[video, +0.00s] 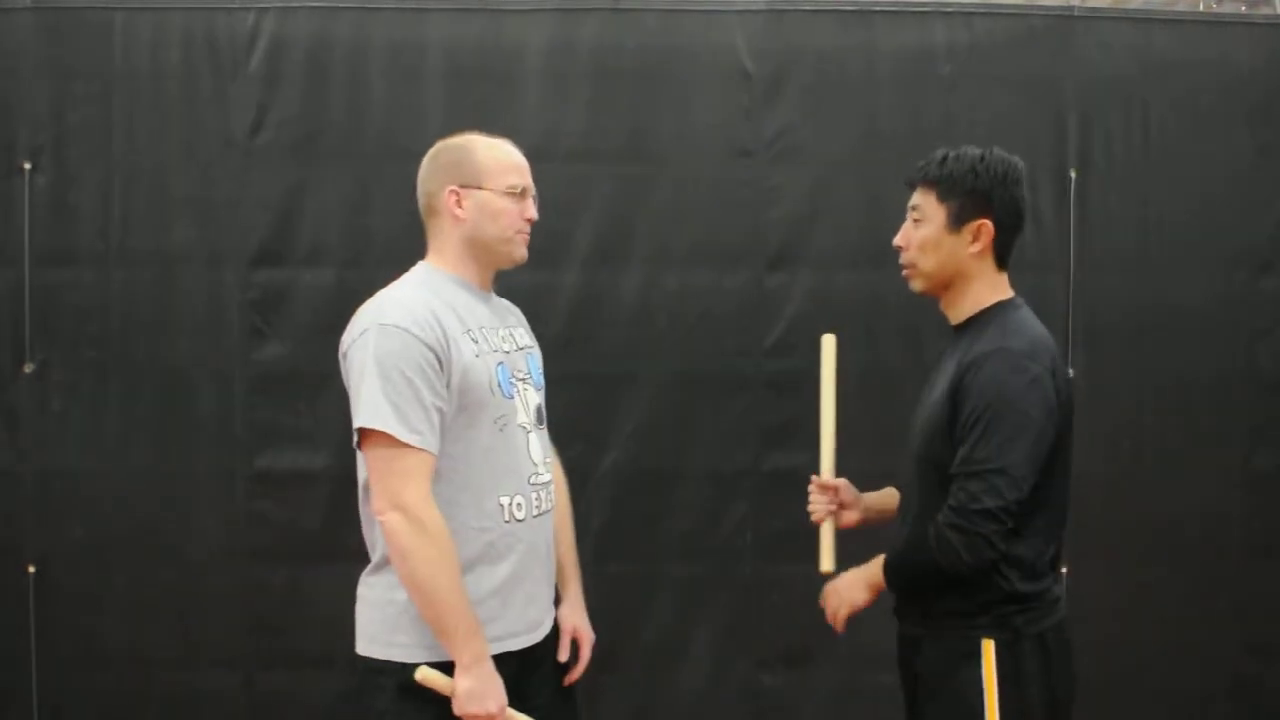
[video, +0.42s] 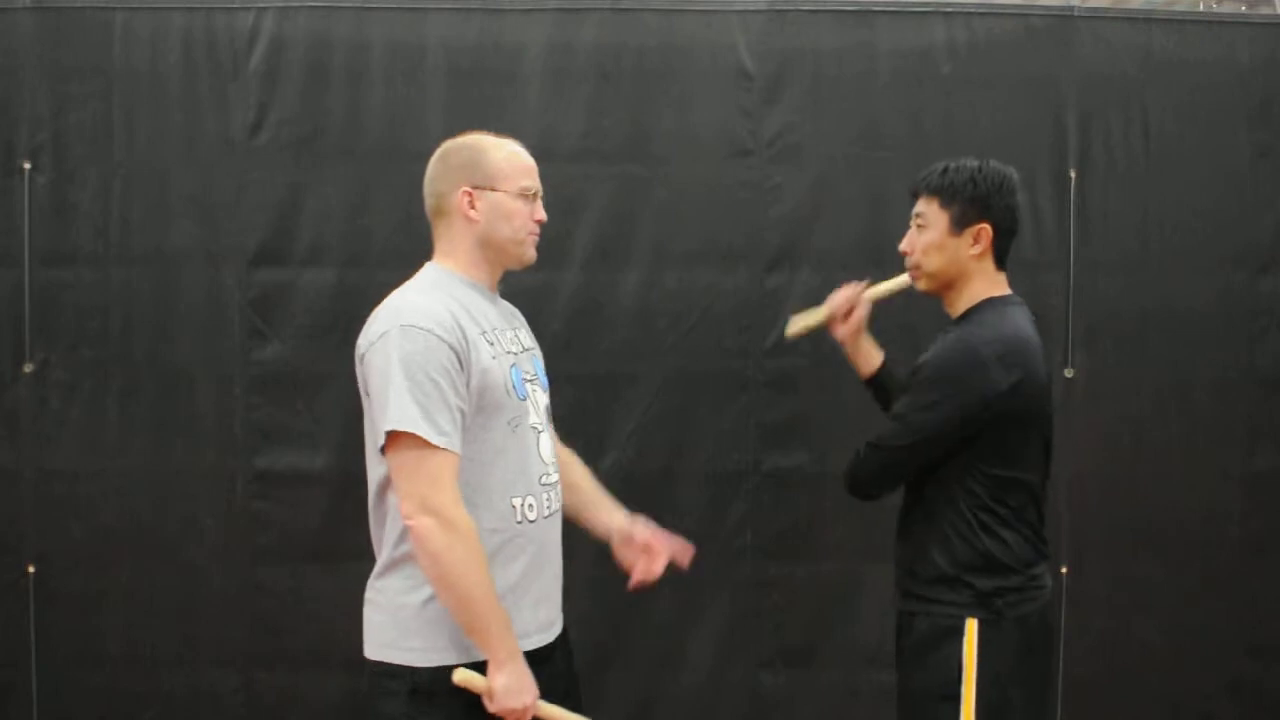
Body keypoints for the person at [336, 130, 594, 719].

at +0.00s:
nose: (533, 213)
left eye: (531, 196)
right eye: (516, 194)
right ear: (458, 202)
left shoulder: (508, 319)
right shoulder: (397, 325)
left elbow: (542, 462)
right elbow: (402, 509)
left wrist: (571, 591)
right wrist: (472, 660)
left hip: (527, 652)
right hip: (428, 664)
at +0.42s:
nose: (542, 215)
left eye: (539, 199)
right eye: (528, 197)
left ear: (476, 205)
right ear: (471, 203)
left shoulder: (507, 321)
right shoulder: (415, 326)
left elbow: (542, 450)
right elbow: (430, 512)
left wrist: (620, 526)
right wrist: (503, 655)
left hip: (535, 650)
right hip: (440, 664)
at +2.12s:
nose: (605, 227)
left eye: (603, 212)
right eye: (592, 209)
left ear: (543, 217)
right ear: (541, 214)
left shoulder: (548, 302)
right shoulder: (529, 296)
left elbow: (560, 463)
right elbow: (702, 338)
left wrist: (635, 422)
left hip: (582, 613)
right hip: (523, 616)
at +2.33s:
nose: (603, 228)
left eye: (600, 212)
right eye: (590, 210)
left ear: (538, 216)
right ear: (541, 214)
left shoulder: (481, 315)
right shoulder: (572, 299)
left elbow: (601, 412)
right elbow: (731, 356)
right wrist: (805, 297)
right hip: (534, 619)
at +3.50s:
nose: (547, 231)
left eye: (547, 216)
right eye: (529, 213)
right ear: (472, 220)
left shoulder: (543, 337)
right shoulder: (414, 323)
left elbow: (589, 457)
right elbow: (498, 366)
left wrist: (640, 477)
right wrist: (455, 218)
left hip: (560, 634)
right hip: (459, 652)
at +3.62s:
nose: (569, 229)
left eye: (567, 215)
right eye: (553, 211)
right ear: (498, 217)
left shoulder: (524, 322)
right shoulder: (467, 307)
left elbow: (535, 471)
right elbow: (626, 338)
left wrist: (618, 448)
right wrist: (653, 186)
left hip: (558, 627)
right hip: (474, 636)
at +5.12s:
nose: (567, 224)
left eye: (568, 210)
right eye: (550, 207)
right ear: (501, 220)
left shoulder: (550, 327)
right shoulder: (452, 319)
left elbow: (572, 467)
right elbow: (587, 357)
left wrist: (628, 463)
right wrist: (567, 200)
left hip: (574, 633)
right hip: (481, 650)